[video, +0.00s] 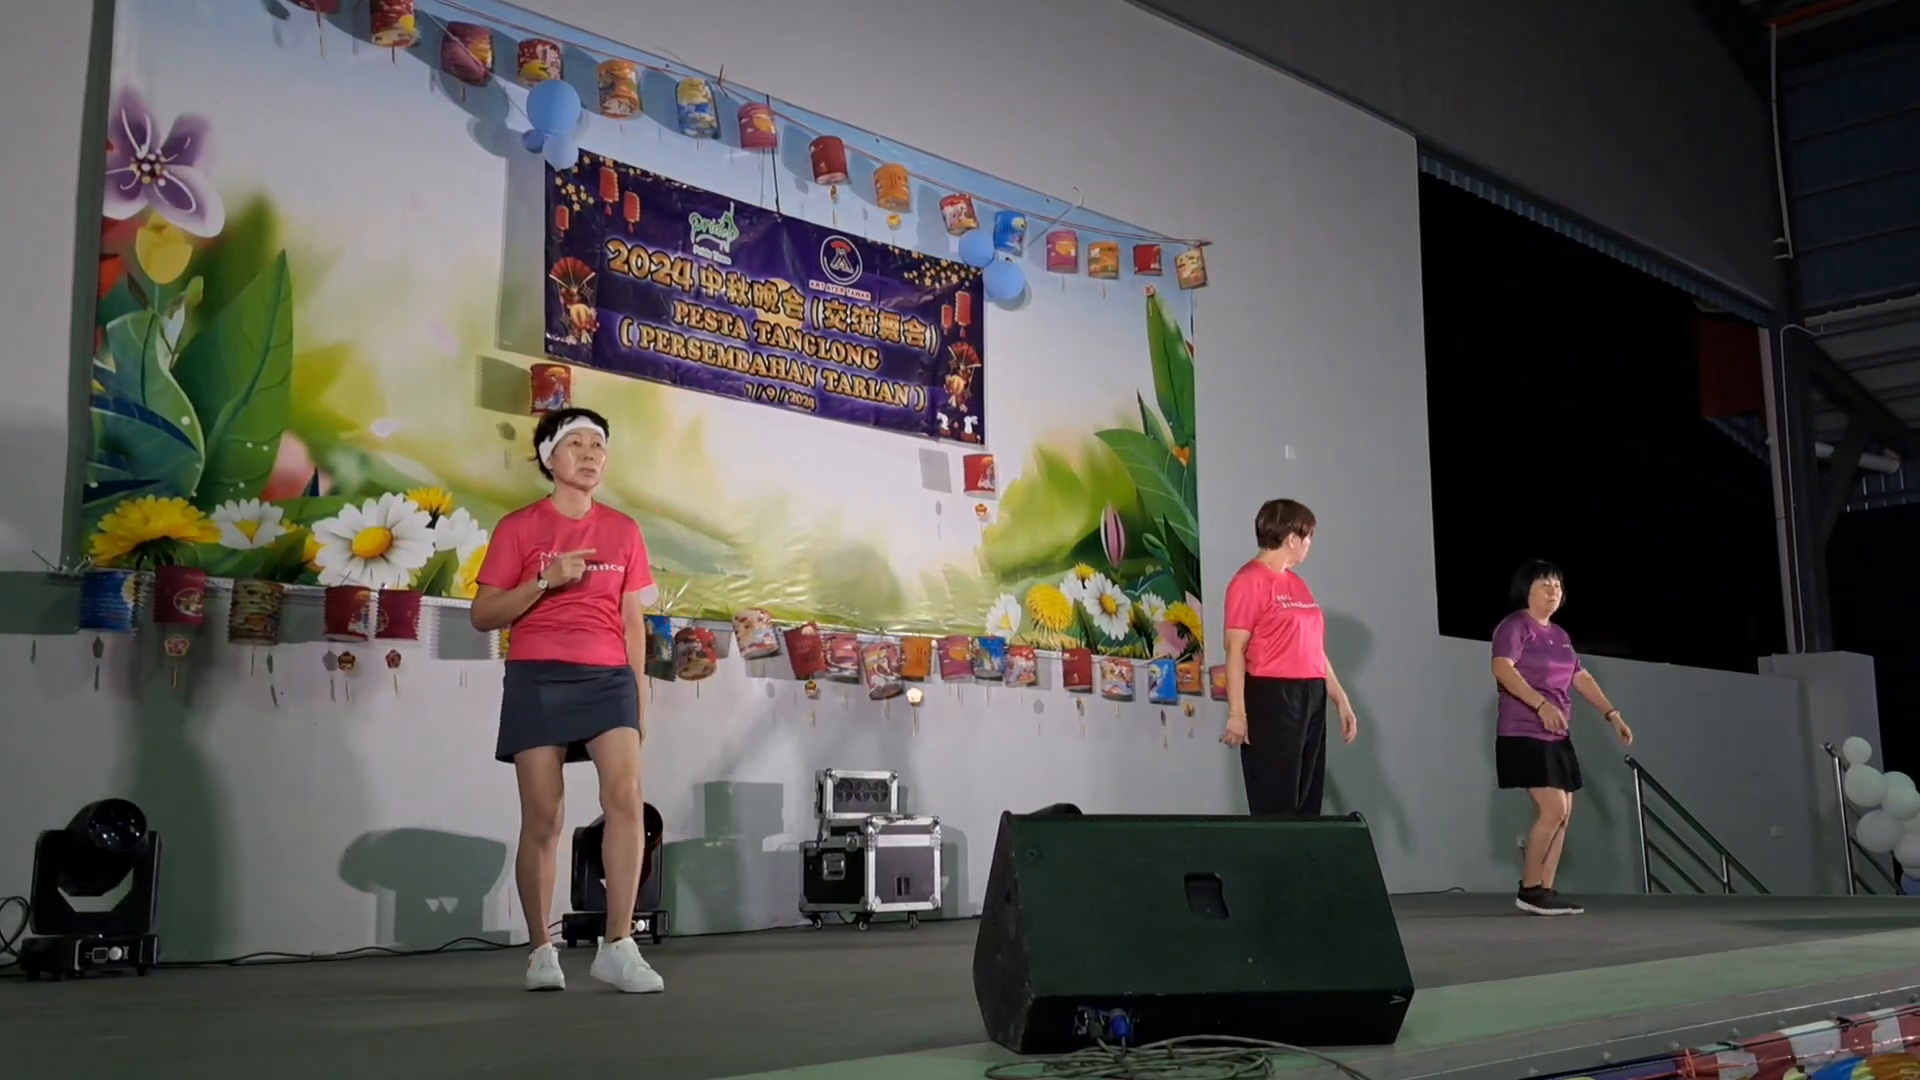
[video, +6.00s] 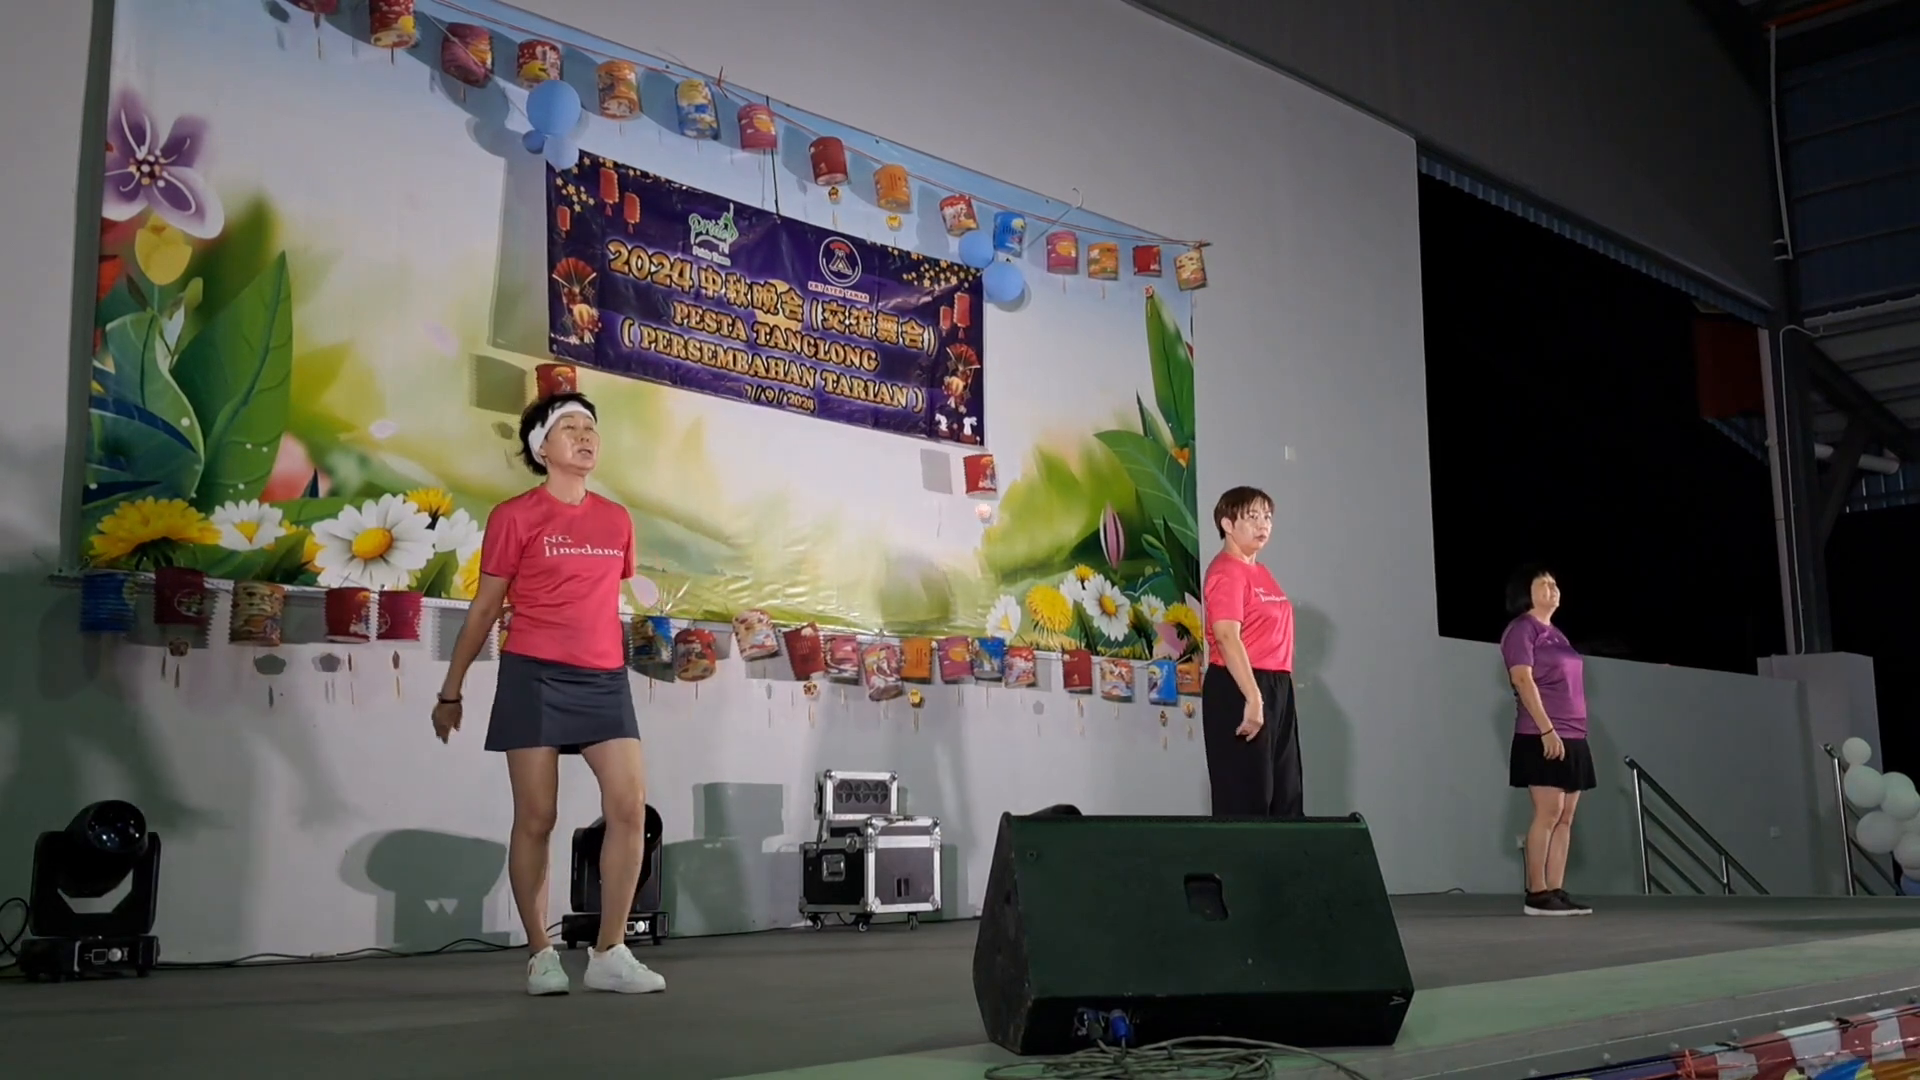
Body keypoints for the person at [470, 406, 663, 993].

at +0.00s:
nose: (589, 453)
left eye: (597, 446)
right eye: (576, 444)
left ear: (606, 461)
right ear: (549, 456)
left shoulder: (623, 530)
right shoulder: (518, 527)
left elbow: (634, 623)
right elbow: (484, 615)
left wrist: (637, 699)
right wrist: (545, 580)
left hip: (610, 680)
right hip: (536, 680)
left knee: (625, 796)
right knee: (543, 818)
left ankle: (618, 943)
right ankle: (543, 947)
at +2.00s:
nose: (654, 437)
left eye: (659, 430)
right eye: (641, 428)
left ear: (665, 447)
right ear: (611, 442)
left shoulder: (682, 519)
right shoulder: (580, 510)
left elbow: (696, 606)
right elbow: (547, 598)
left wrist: (718, 643)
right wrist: (528, 679)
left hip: (666, 673)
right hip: (597, 668)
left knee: (655, 810)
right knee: (604, 804)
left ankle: (625, 947)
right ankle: (590, 951)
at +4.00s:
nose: (588, 439)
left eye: (591, 432)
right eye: (575, 430)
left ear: (594, 446)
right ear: (541, 442)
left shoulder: (611, 516)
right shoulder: (514, 512)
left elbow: (630, 613)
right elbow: (487, 608)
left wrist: (643, 690)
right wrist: (472, 695)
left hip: (613, 677)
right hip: (540, 677)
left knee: (619, 812)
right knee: (543, 814)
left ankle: (610, 952)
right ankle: (542, 950)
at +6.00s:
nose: (585, 438)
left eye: (590, 430)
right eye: (570, 430)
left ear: (598, 446)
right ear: (541, 447)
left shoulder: (617, 520)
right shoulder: (514, 516)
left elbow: (617, 604)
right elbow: (485, 609)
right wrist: (451, 688)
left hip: (603, 679)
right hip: (532, 678)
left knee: (629, 806)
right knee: (536, 817)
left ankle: (610, 949)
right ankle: (541, 950)